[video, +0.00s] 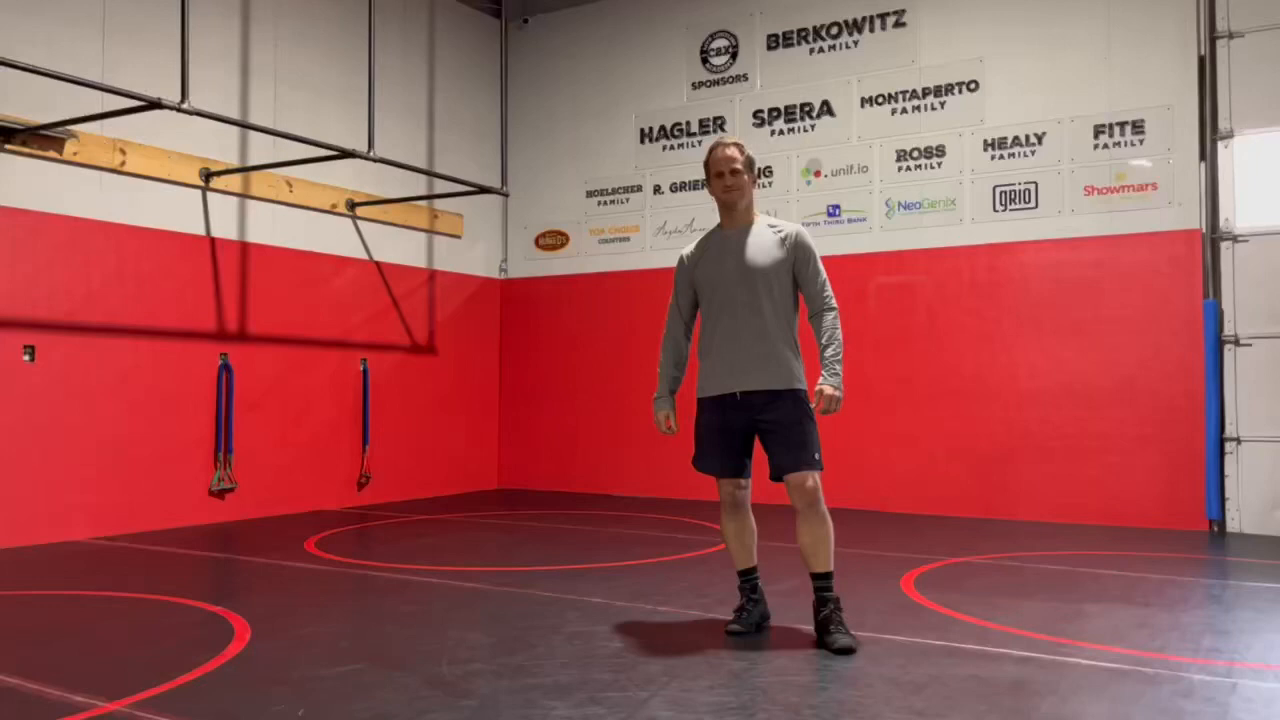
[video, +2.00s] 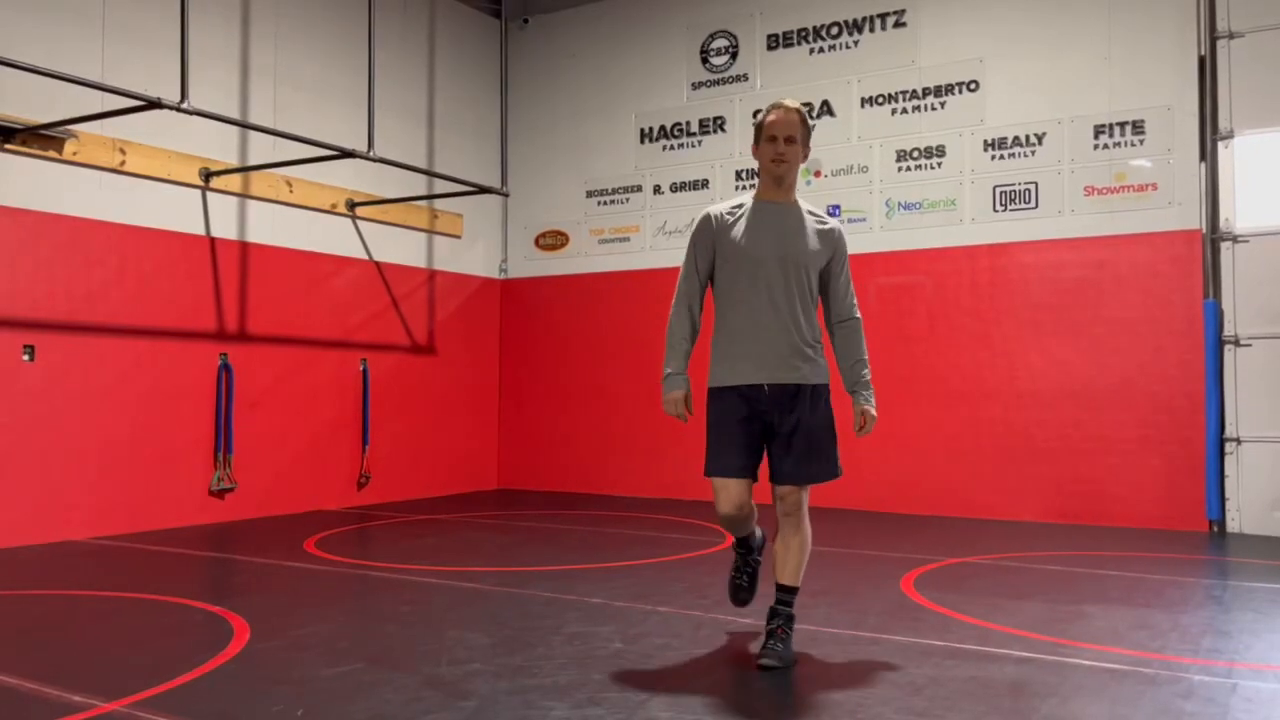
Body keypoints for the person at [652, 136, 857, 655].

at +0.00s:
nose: (727, 179)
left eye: (735, 171)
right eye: (718, 173)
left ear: (753, 177)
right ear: (707, 185)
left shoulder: (790, 239)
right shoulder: (695, 257)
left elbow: (824, 310)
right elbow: (677, 330)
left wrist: (832, 374)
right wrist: (665, 394)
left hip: (783, 392)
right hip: (720, 397)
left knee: (807, 490)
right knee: (733, 495)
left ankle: (827, 610)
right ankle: (751, 602)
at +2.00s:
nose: (780, 148)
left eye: (791, 140)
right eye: (771, 139)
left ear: (806, 152)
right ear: (754, 148)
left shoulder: (825, 233)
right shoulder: (717, 223)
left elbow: (845, 318)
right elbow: (686, 303)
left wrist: (861, 390)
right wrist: (675, 375)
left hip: (800, 388)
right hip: (732, 387)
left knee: (790, 503)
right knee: (730, 505)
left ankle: (780, 624)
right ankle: (750, 543)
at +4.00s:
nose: (790, 180)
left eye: (798, 171)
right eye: (781, 172)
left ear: (816, 176)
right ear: (770, 180)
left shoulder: (842, 247)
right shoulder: (746, 245)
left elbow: (863, 324)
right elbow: (729, 319)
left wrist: (879, 389)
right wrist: (730, 378)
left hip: (826, 387)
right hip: (766, 385)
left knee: (818, 487)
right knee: (757, 482)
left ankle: (812, 593)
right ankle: (750, 595)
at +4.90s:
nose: (745, 181)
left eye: (753, 173)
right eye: (738, 173)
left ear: (773, 180)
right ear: (730, 181)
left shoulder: (799, 242)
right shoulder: (713, 251)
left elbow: (814, 316)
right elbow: (700, 323)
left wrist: (798, 375)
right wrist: (692, 374)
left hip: (779, 387)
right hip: (724, 388)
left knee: (794, 485)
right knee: (724, 482)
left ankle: (808, 588)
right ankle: (728, 582)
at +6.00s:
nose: (742, 181)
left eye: (750, 174)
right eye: (734, 174)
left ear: (767, 183)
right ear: (723, 183)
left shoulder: (794, 247)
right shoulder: (701, 253)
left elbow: (815, 320)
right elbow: (683, 324)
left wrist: (806, 380)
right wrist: (684, 372)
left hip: (778, 389)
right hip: (721, 391)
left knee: (791, 485)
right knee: (724, 486)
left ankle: (806, 590)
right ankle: (728, 584)